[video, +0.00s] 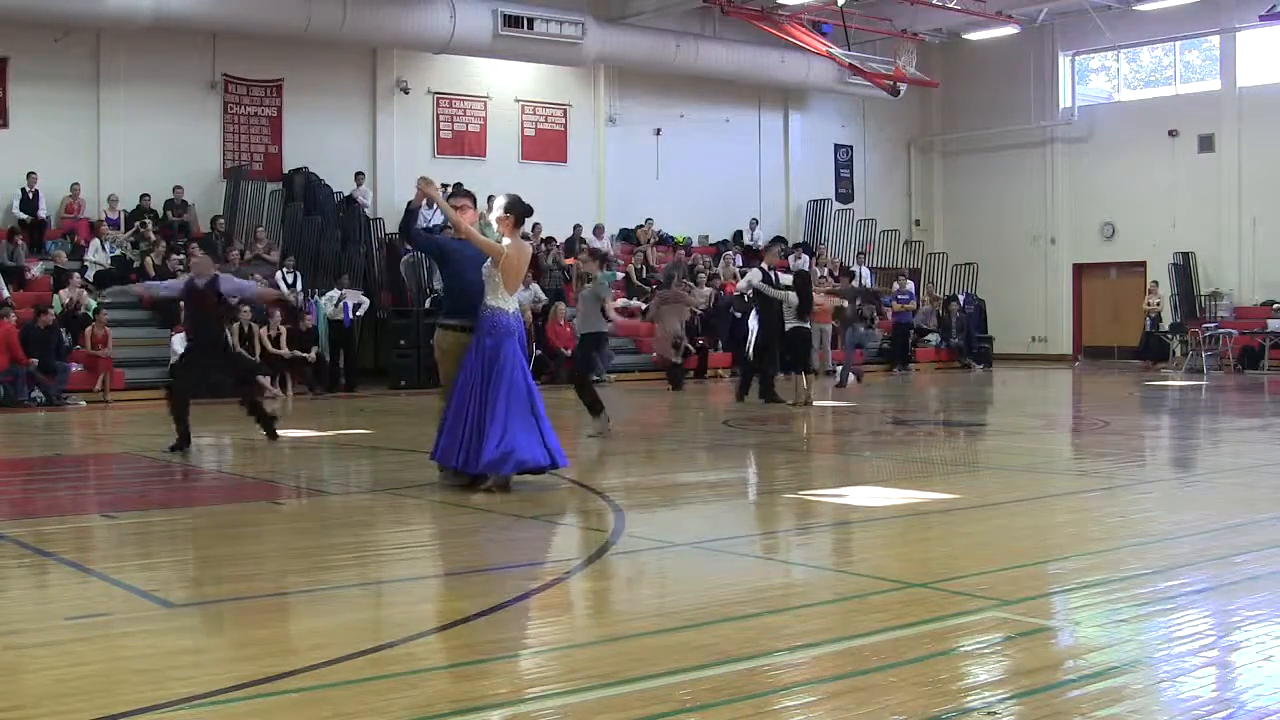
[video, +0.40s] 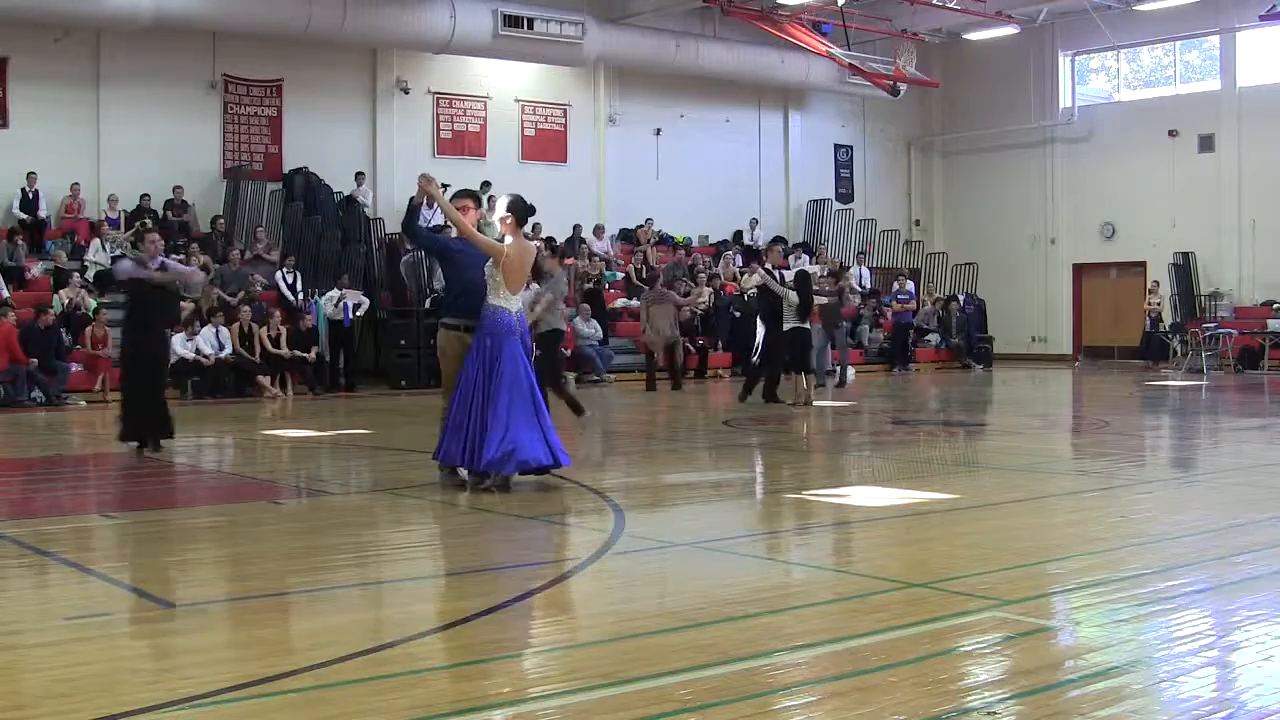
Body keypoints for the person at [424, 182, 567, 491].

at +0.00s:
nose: (491, 219)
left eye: (494, 214)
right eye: (492, 214)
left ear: (506, 220)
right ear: (516, 219)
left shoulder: (503, 250)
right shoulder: (526, 249)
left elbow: (464, 229)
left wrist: (437, 197)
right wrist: (468, 228)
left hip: (495, 323)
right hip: (512, 321)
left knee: (494, 393)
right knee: (505, 393)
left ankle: (498, 466)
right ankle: (501, 465)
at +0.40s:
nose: (494, 216)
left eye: (498, 212)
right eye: (496, 212)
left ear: (509, 219)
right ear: (520, 219)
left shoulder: (502, 250)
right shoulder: (531, 249)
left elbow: (464, 228)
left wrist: (438, 195)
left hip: (496, 322)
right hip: (517, 322)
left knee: (493, 393)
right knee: (510, 393)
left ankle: (493, 463)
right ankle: (504, 462)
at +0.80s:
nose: (499, 226)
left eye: (501, 221)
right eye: (500, 221)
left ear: (513, 222)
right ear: (520, 223)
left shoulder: (505, 251)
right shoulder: (535, 252)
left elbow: (467, 246)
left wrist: (438, 233)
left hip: (499, 325)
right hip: (520, 325)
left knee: (489, 391)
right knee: (512, 394)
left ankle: (485, 461)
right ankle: (506, 461)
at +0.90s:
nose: (496, 227)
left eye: (500, 222)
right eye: (498, 221)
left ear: (512, 224)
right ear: (521, 224)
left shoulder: (503, 253)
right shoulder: (533, 252)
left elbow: (456, 259)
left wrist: (427, 245)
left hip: (500, 328)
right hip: (520, 328)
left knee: (463, 382)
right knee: (510, 394)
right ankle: (505, 460)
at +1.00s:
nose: (494, 231)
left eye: (497, 225)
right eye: (495, 225)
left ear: (509, 227)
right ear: (514, 227)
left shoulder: (503, 257)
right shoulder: (528, 254)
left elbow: (457, 274)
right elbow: (520, 285)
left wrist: (430, 251)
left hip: (500, 330)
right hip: (518, 328)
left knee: (460, 381)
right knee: (512, 394)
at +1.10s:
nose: (487, 226)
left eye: (492, 222)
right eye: (488, 222)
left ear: (506, 226)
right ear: (506, 227)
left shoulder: (505, 258)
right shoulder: (511, 255)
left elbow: (461, 261)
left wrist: (432, 233)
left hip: (500, 335)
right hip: (505, 332)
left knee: (458, 392)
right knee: (506, 399)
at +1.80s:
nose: (465, 223)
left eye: (472, 219)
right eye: (465, 218)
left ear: (487, 225)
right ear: (467, 222)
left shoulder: (480, 253)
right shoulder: (469, 249)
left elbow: (439, 244)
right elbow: (437, 241)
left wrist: (403, 221)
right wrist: (406, 225)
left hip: (476, 331)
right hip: (474, 328)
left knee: (465, 398)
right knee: (491, 397)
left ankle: (464, 469)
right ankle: (509, 465)